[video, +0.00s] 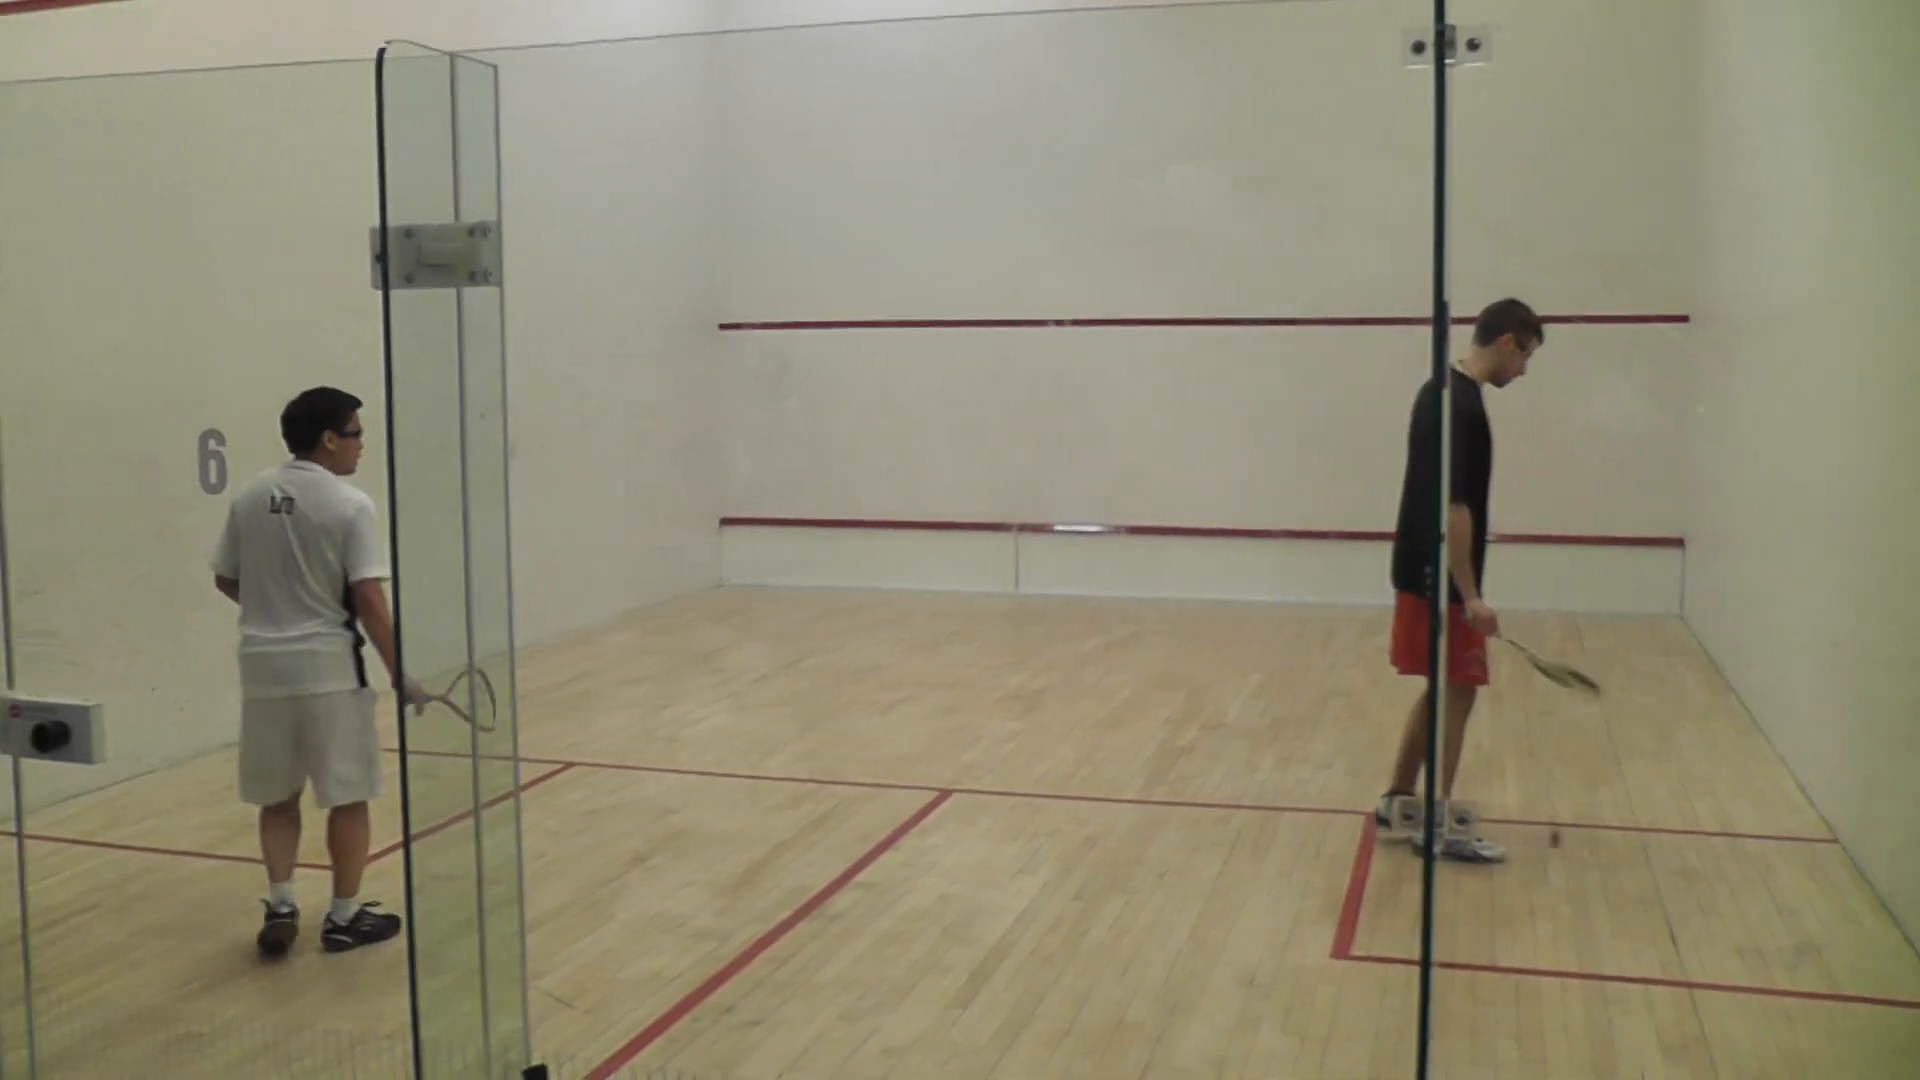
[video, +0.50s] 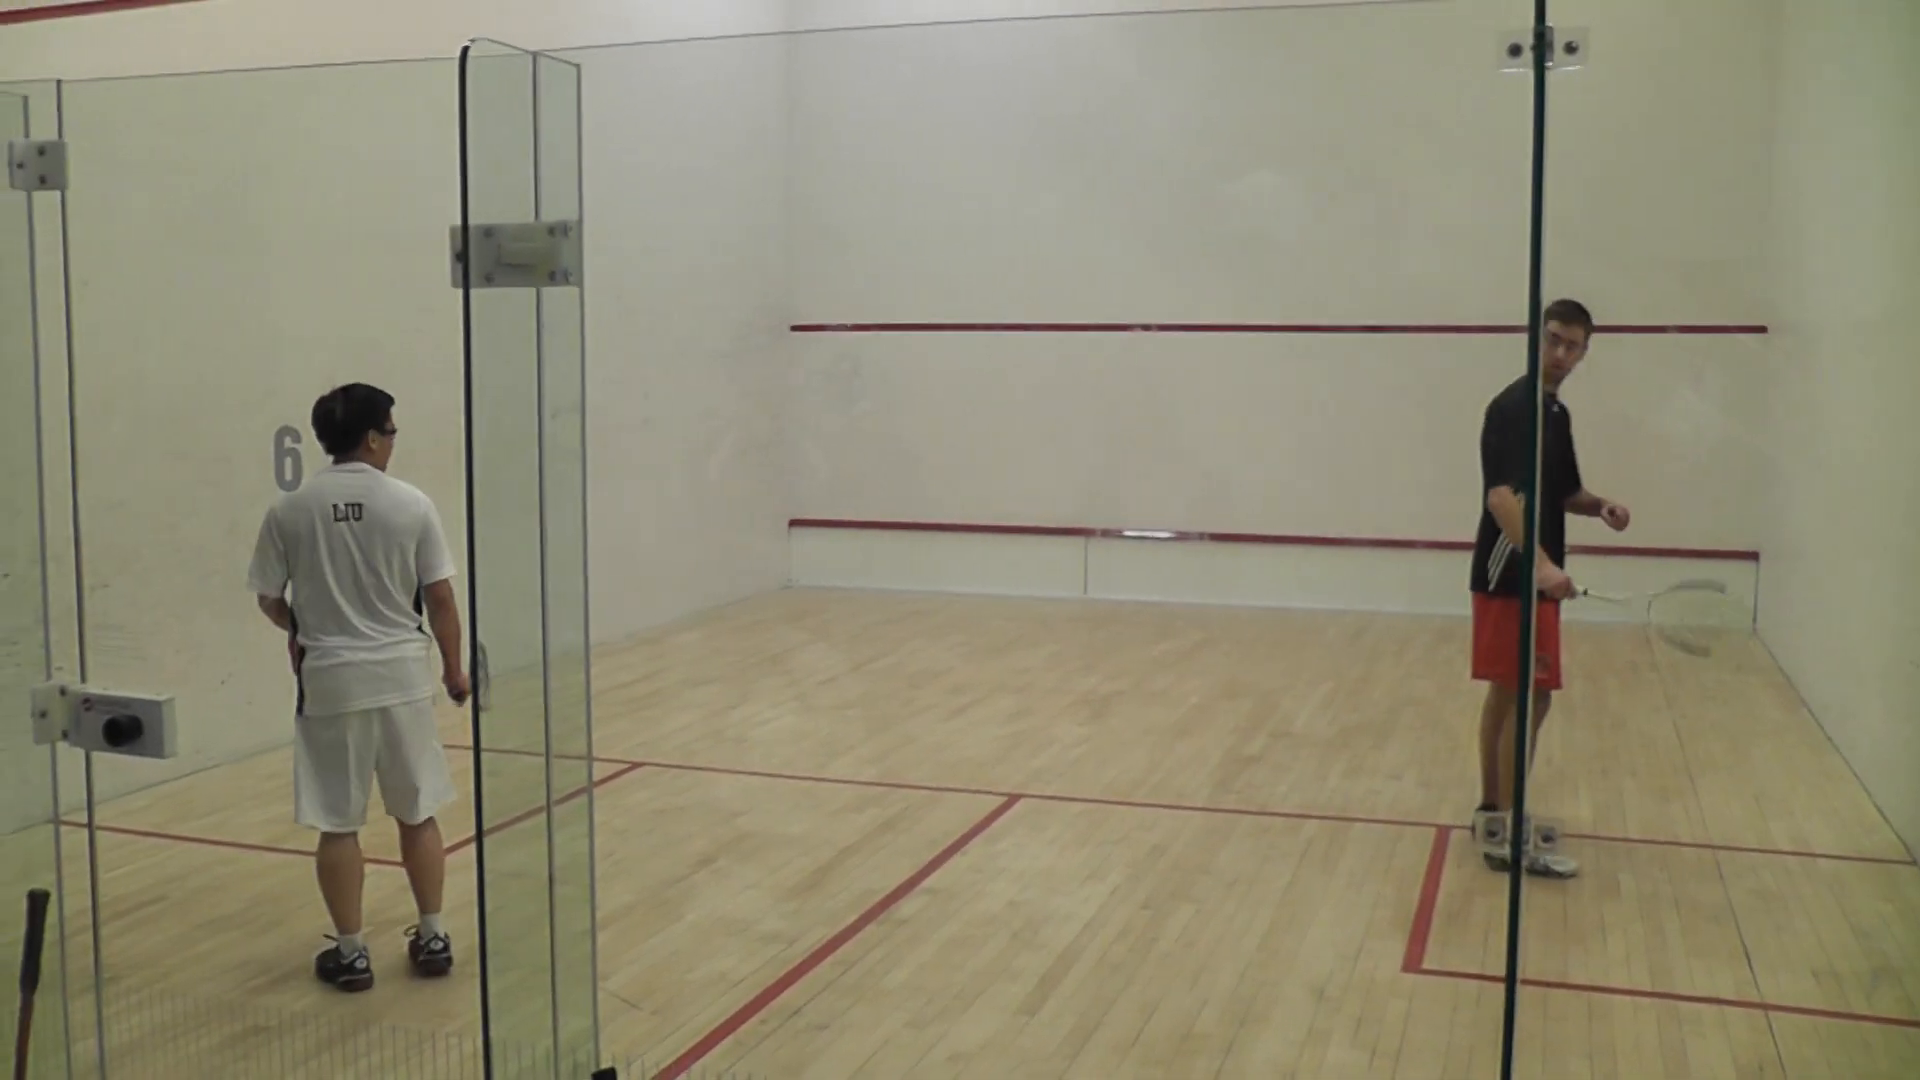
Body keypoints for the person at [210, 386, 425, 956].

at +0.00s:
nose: (361, 444)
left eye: (360, 433)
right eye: (355, 434)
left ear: (300, 440)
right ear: (325, 440)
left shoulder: (249, 495)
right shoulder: (350, 504)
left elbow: (226, 578)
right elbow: (366, 599)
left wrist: (278, 606)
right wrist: (401, 674)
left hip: (262, 674)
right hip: (331, 674)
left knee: (278, 794)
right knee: (350, 793)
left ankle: (280, 905)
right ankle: (345, 914)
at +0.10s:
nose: (375, 445)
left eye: (373, 434)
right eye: (368, 436)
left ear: (314, 443)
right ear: (340, 443)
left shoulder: (265, 500)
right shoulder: (372, 506)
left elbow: (245, 586)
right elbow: (395, 599)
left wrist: (301, 607)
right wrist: (426, 675)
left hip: (286, 682)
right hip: (359, 680)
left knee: (297, 806)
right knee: (375, 796)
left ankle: (302, 923)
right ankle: (367, 916)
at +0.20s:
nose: (381, 448)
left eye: (379, 437)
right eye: (374, 439)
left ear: (320, 446)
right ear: (348, 445)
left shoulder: (273, 506)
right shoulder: (382, 510)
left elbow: (258, 596)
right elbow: (410, 603)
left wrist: (318, 607)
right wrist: (443, 679)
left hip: (302, 688)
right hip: (376, 685)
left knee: (310, 815)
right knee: (391, 796)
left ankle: (321, 951)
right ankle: (383, 915)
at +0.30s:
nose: (381, 450)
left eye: (380, 439)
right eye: (376, 440)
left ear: (319, 445)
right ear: (352, 445)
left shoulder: (275, 511)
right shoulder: (387, 510)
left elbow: (262, 601)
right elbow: (421, 603)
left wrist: (317, 610)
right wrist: (446, 678)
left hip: (310, 690)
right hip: (385, 685)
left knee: (320, 817)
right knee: (401, 800)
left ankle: (332, 954)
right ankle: (401, 917)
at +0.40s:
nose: (384, 446)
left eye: (382, 435)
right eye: (379, 436)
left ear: (321, 443)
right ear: (359, 441)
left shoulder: (280, 511)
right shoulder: (397, 507)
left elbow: (263, 602)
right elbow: (428, 599)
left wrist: (313, 621)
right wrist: (447, 671)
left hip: (319, 690)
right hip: (392, 682)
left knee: (328, 821)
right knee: (410, 807)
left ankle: (341, 954)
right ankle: (421, 925)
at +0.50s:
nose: (393, 442)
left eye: (391, 431)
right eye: (389, 432)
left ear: (329, 439)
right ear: (371, 439)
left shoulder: (289, 508)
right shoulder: (410, 504)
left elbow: (269, 599)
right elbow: (440, 596)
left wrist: (305, 629)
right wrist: (455, 667)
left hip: (329, 691)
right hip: (403, 684)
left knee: (337, 822)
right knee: (416, 812)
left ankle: (350, 953)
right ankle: (432, 936)